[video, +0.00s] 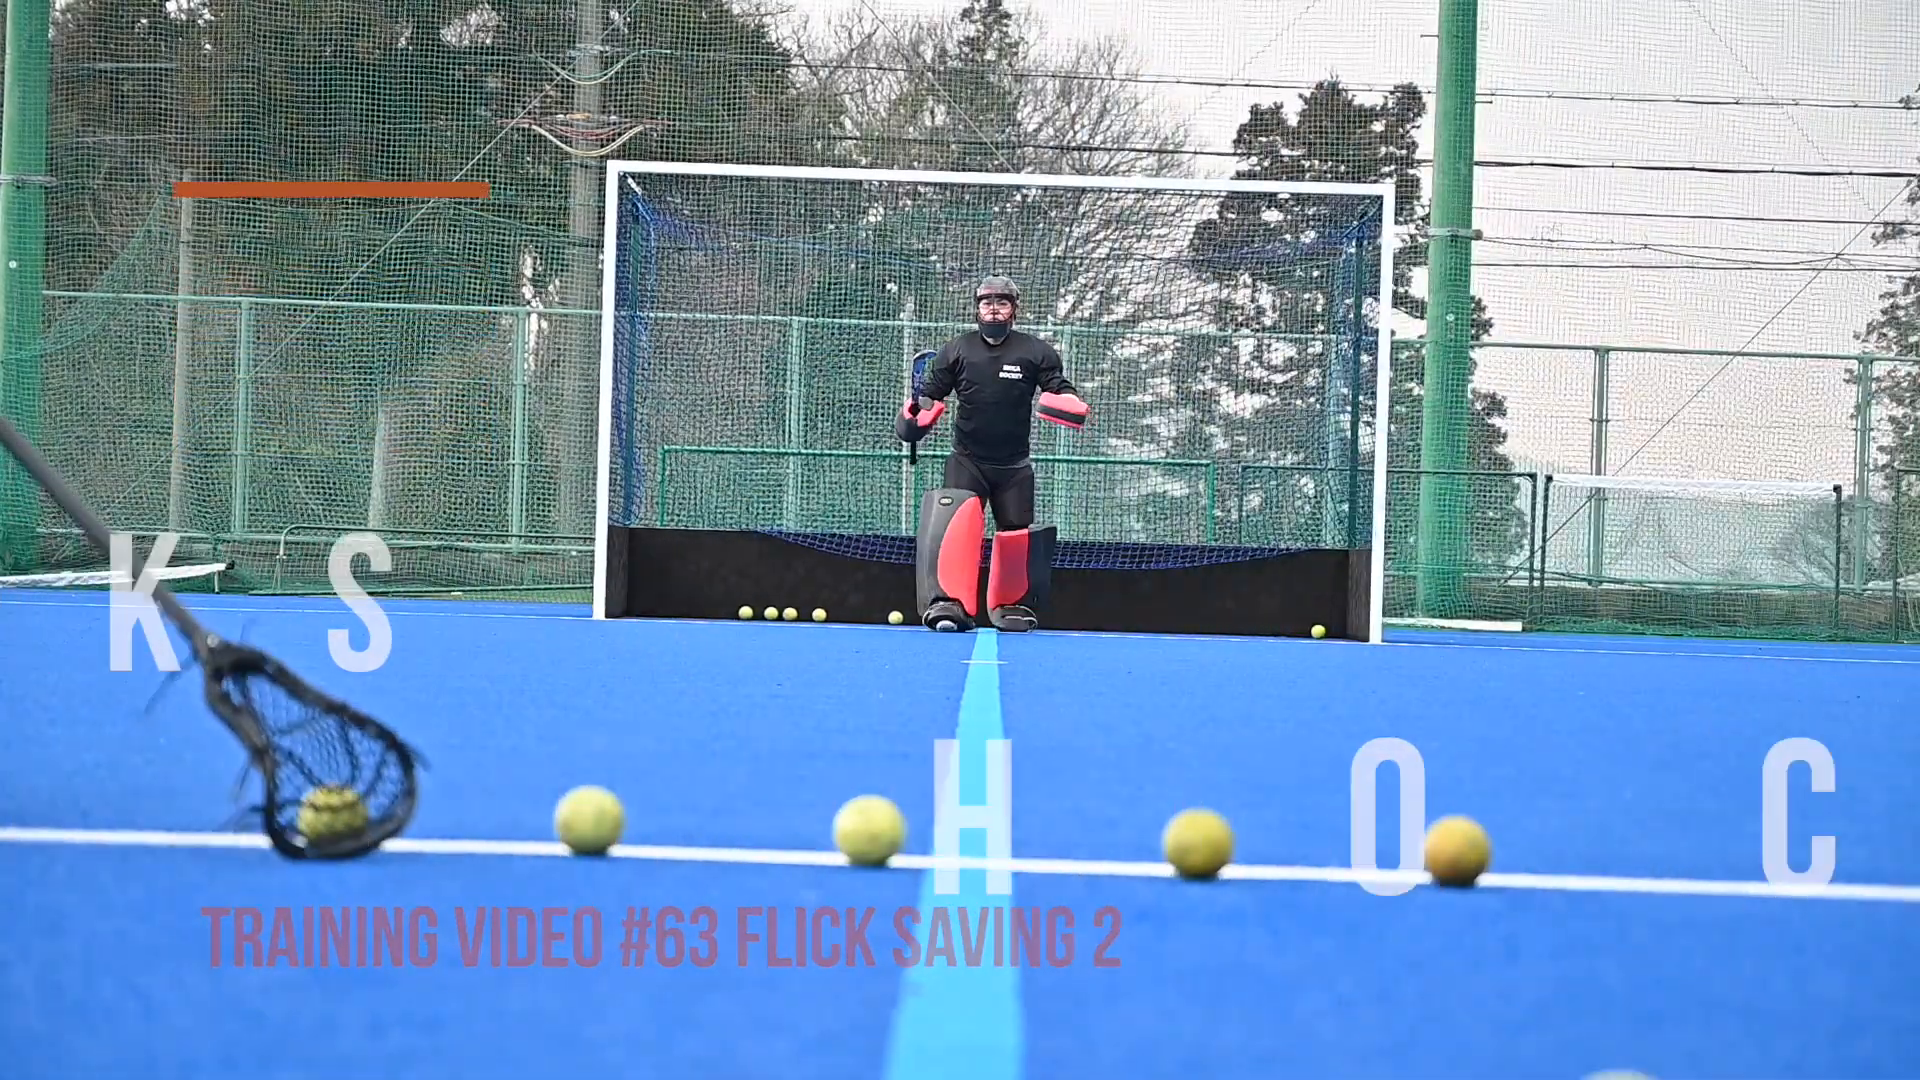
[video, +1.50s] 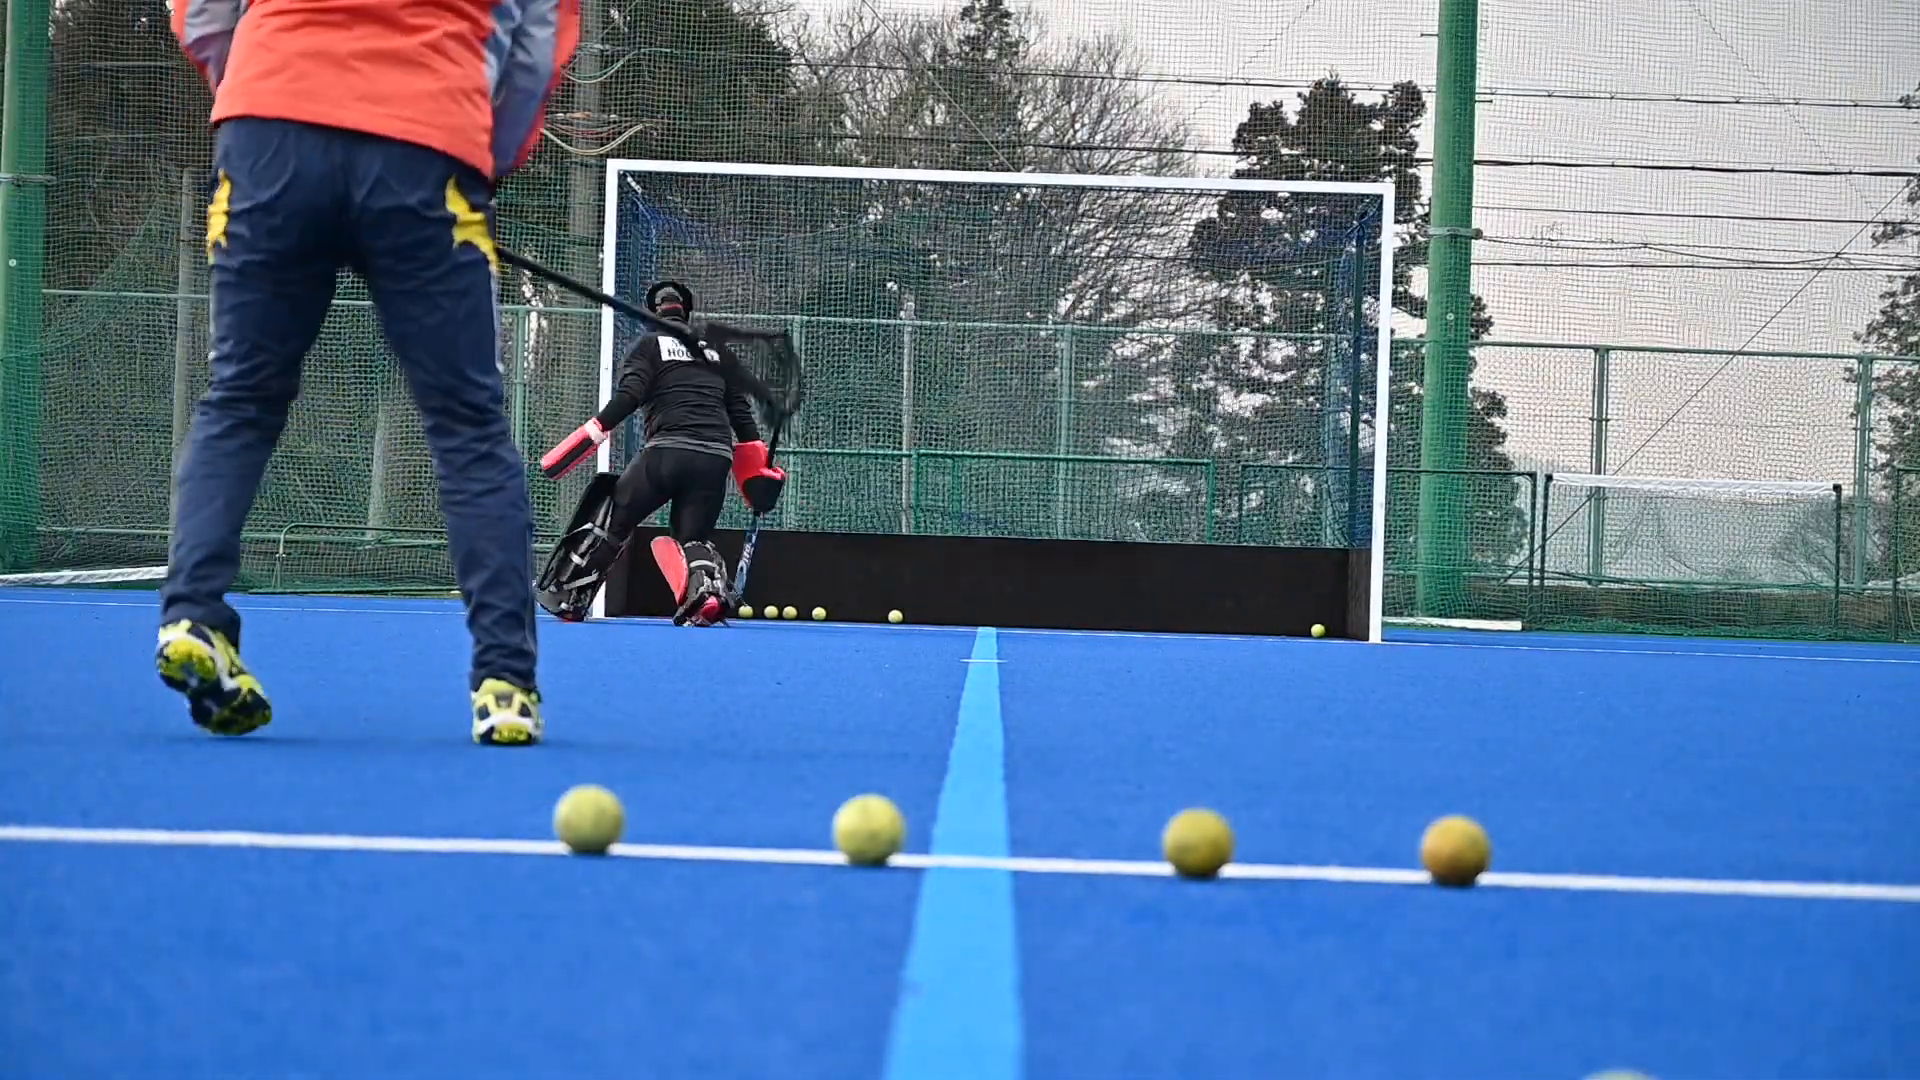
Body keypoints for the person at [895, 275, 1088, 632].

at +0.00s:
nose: (992, 309)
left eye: (1001, 302)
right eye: (986, 302)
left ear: (1014, 309)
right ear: (977, 308)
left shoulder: (1036, 351)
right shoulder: (956, 350)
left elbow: (1060, 388)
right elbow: (929, 396)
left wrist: (1070, 403)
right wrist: (915, 415)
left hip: (1014, 464)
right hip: (966, 460)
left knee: (1016, 538)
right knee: (955, 530)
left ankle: (1011, 608)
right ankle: (949, 607)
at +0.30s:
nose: (991, 295)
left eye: (999, 288)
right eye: (984, 288)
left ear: (1011, 295)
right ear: (973, 295)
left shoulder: (1033, 338)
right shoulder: (951, 340)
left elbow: (1064, 377)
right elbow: (924, 386)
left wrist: (1073, 396)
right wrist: (917, 407)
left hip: (1016, 456)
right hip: (965, 455)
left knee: (1022, 531)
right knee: (953, 531)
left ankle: (1023, 610)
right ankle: (949, 608)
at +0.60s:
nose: (990, 314)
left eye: (998, 307)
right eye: (982, 307)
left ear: (1011, 313)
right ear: (971, 314)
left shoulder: (1036, 351)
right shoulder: (957, 357)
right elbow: (935, 399)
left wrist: (1056, 399)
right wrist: (911, 423)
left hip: (1028, 464)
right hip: (974, 463)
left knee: (1063, 526)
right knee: (939, 511)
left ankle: (1098, 612)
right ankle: (909, 596)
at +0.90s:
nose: (867, 348)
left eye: (878, 343)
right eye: (863, 343)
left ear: (898, 345)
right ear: (857, 348)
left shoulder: (915, 373)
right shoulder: (843, 385)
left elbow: (952, 379)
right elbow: (785, 386)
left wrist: (905, 357)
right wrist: (733, 369)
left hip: (954, 470)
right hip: (907, 493)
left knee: (1005, 524)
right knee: (862, 522)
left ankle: (1087, 588)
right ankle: (922, 607)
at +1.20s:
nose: (736, 312)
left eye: (740, 305)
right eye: (737, 306)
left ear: (755, 304)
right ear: (759, 304)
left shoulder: (776, 320)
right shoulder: (753, 342)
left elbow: (807, 349)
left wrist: (780, 378)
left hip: (809, 432)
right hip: (782, 439)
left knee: (780, 496)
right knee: (762, 502)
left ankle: (788, 582)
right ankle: (772, 585)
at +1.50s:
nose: (668, 307)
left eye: (666, 303)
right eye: (669, 302)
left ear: (653, 312)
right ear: (688, 311)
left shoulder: (649, 343)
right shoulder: (716, 349)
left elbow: (631, 394)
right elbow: (739, 408)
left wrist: (588, 434)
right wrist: (757, 465)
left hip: (668, 451)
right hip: (715, 459)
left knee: (616, 520)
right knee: (694, 539)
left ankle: (575, 596)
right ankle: (708, 590)